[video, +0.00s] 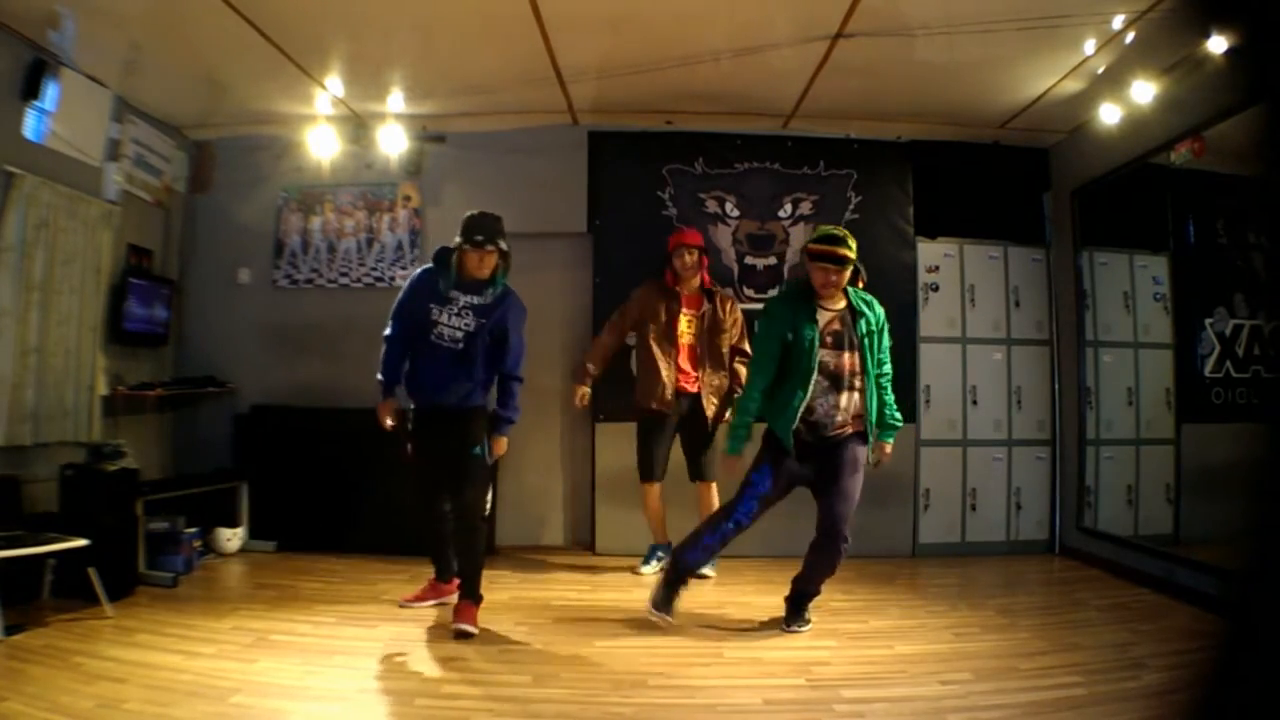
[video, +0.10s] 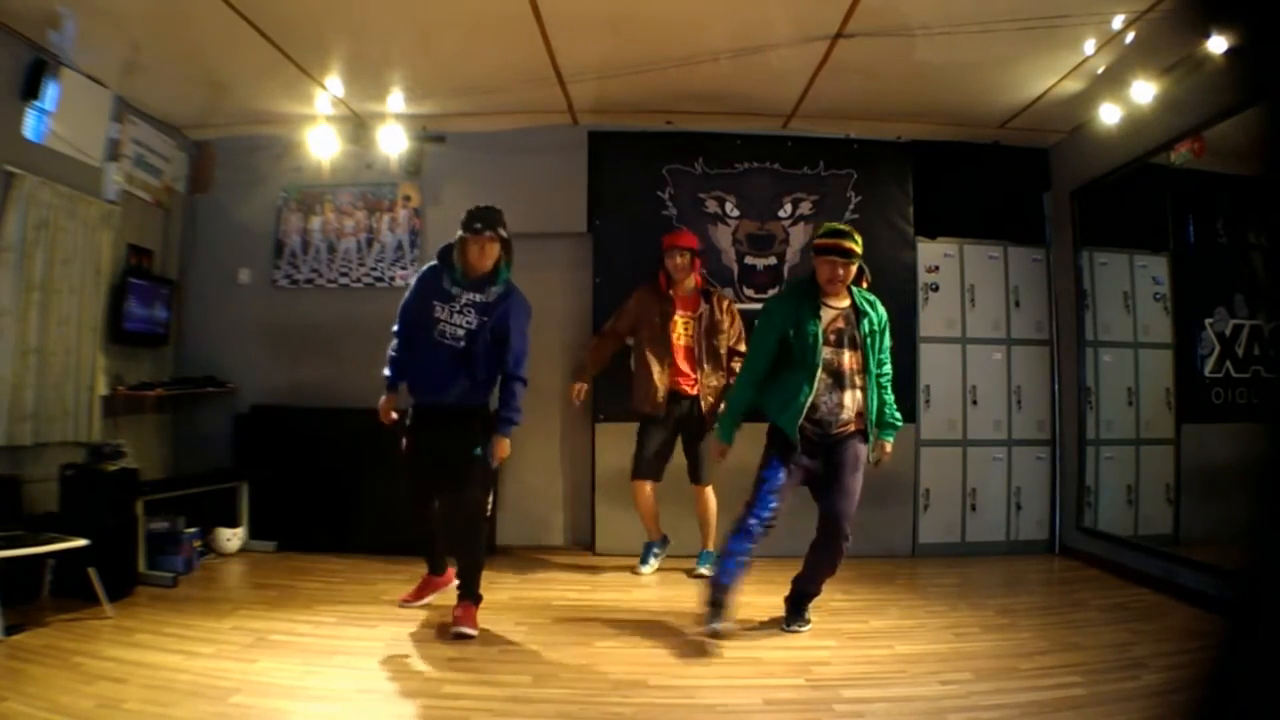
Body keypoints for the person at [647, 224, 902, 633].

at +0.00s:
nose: (830, 276)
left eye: (839, 268)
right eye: (822, 267)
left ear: (851, 271)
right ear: (808, 267)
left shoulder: (870, 312)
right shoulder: (785, 307)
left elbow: (883, 374)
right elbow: (760, 373)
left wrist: (887, 428)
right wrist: (738, 434)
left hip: (846, 441)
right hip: (791, 437)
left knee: (837, 532)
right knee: (741, 513)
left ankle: (800, 599)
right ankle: (676, 572)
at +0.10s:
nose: (836, 272)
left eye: (844, 264)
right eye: (828, 263)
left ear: (856, 267)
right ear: (814, 263)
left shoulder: (872, 311)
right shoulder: (787, 304)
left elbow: (882, 373)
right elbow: (754, 368)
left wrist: (886, 428)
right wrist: (726, 429)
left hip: (847, 436)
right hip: (792, 432)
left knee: (839, 527)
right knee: (760, 514)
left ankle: (800, 600)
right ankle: (719, 597)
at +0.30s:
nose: (844, 254)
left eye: (851, 246)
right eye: (835, 246)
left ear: (863, 253)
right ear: (821, 250)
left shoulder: (880, 301)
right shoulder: (791, 293)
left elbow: (893, 364)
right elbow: (762, 354)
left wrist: (901, 419)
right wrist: (746, 417)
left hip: (853, 419)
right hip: (801, 413)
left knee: (839, 508)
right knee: (833, 496)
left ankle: (798, 600)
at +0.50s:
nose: (850, 235)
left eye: (858, 229)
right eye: (841, 229)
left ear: (868, 237)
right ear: (826, 237)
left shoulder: (893, 286)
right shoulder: (803, 286)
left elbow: (912, 345)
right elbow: (781, 350)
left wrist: (921, 400)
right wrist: (779, 414)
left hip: (871, 414)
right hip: (822, 407)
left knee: (843, 509)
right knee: (866, 488)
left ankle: (797, 597)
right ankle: (892, 594)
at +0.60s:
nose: (857, 239)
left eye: (863, 231)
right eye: (847, 232)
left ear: (875, 240)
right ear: (832, 243)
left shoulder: (902, 285)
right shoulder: (815, 295)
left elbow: (924, 340)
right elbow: (794, 360)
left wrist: (934, 394)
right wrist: (793, 421)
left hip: (888, 415)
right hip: (840, 410)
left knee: (850, 508)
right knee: (867, 497)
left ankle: (799, 595)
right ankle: (880, 602)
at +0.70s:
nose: (866, 238)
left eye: (873, 231)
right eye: (857, 231)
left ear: (885, 238)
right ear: (841, 240)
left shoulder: (912, 277)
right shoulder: (825, 293)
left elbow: (940, 328)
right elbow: (801, 365)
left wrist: (954, 380)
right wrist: (820, 419)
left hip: (902, 410)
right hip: (857, 408)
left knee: (874, 502)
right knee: (875, 498)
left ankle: (816, 586)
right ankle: (881, 601)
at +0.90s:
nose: (897, 229)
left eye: (903, 222)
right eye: (888, 223)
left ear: (912, 230)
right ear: (870, 232)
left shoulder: (929, 276)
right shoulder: (847, 285)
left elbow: (964, 317)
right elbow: (831, 347)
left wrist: (1004, 332)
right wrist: (861, 343)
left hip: (920, 414)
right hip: (869, 416)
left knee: (943, 494)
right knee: (882, 513)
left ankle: (889, 551)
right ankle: (883, 601)